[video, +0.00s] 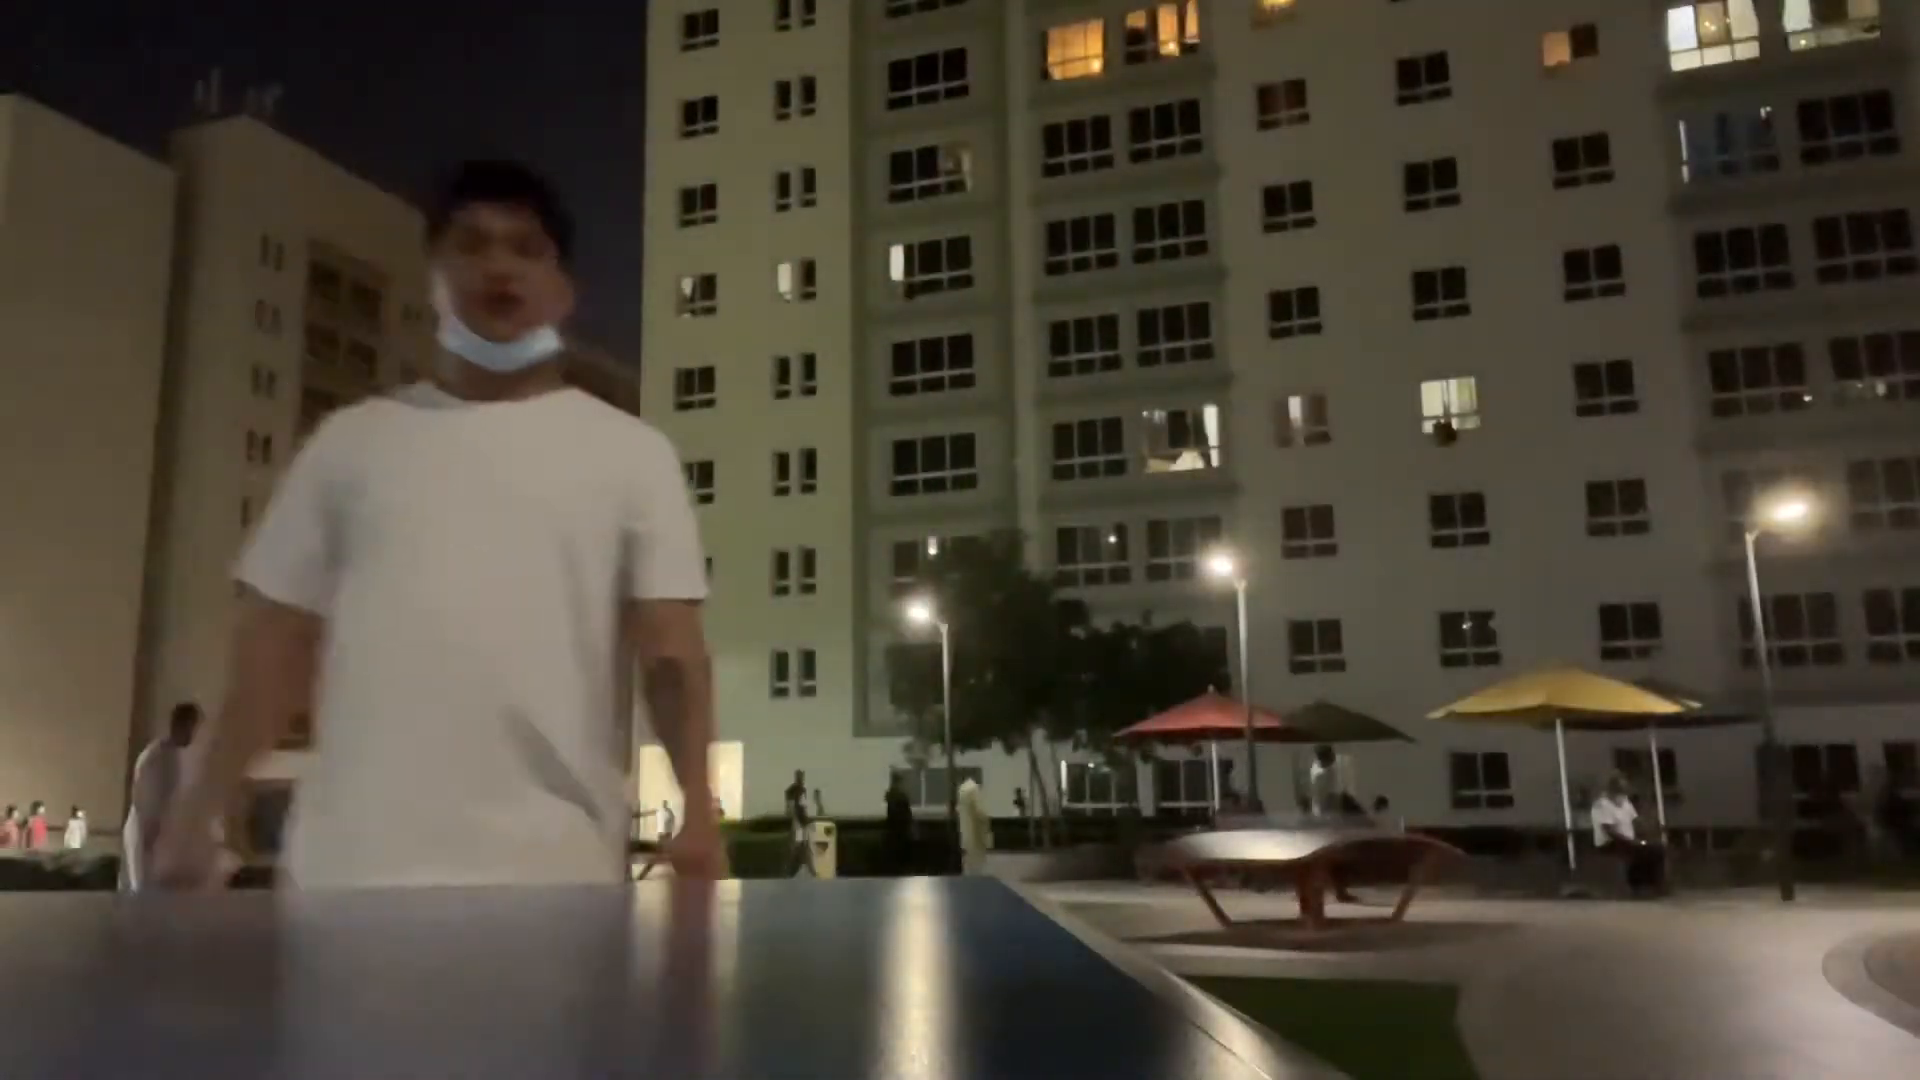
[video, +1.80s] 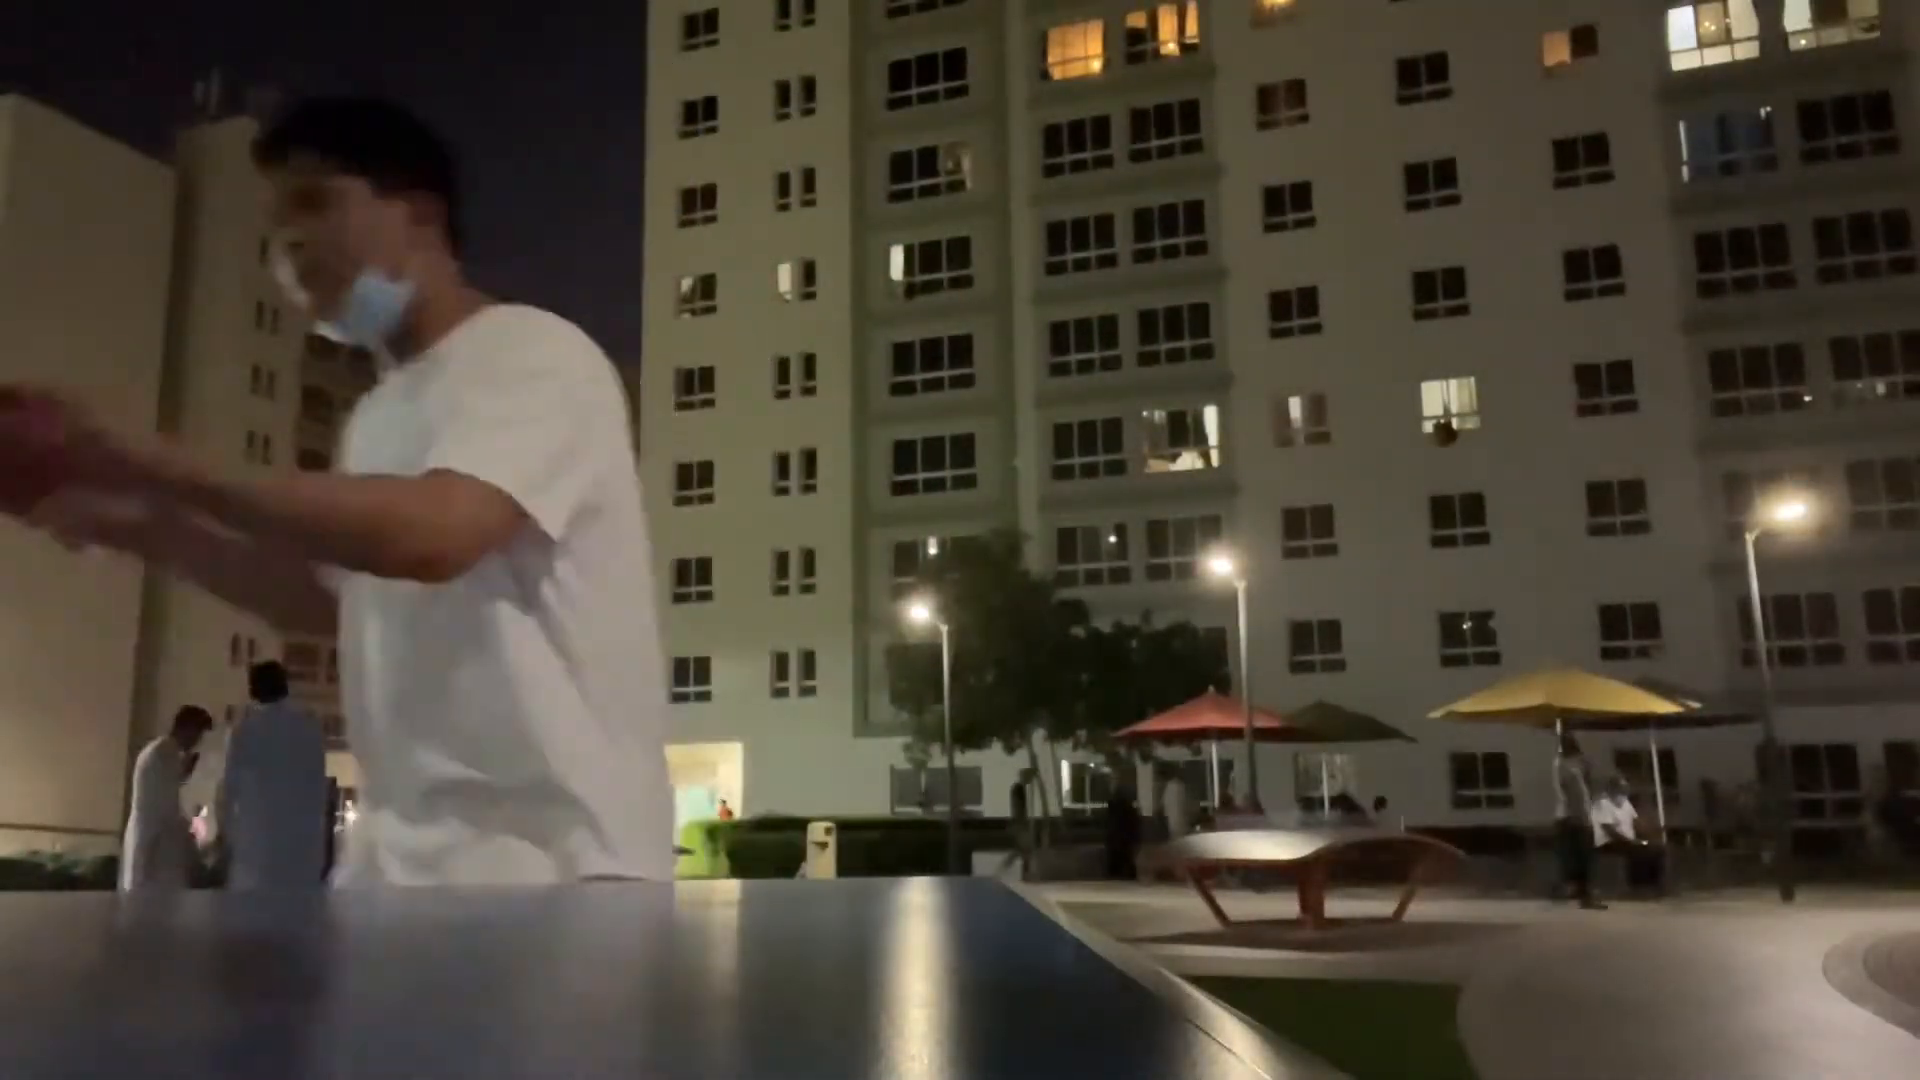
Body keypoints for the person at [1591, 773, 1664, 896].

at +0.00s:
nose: (1622, 796)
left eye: (1624, 792)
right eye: (1619, 793)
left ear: (1626, 790)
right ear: (1612, 790)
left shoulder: (1624, 801)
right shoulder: (1602, 804)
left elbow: (1635, 820)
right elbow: (1608, 829)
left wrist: (1644, 835)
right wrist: (1631, 841)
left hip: (1628, 839)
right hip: (1609, 843)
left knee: (1655, 850)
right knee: (1638, 853)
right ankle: (1636, 887)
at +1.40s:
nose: (1625, 790)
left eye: (1625, 786)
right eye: (1622, 787)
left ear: (1627, 788)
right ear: (1613, 788)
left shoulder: (1624, 801)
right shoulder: (1602, 804)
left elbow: (1635, 820)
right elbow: (1609, 829)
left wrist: (1649, 832)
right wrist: (1632, 842)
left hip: (1628, 840)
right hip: (1609, 843)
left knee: (1655, 850)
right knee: (1639, 853)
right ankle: (1635, 887)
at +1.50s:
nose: (1625, 791)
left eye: (1625, 788)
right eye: (1622, 788)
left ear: (1627, 788)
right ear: (1613, 788)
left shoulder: (1624, 801)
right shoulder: (1602, 804)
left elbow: (1635, 820)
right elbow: (1609, 829)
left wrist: (1648, 832)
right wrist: (1633, 842)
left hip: (1629, 840)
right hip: (1609, 844)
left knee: (1655, 850)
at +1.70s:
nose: (1624, 797)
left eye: (1625, 792)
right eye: (1621, 792)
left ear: (1627, 791)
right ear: (1612, 791)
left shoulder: (1624, 803)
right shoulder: (1601, 805)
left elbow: (1636, 821)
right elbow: (1610, 830)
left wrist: (1649, 834)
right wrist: (1632, 842)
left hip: (1629, 840)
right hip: (1609, 843)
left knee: (1656, 850)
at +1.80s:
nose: (1623, 798)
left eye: (1625, 794)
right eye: (1620, 794)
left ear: (1626, 792)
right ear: (1612, 792)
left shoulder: (1624, 802)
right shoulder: (1602, 804)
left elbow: (1636, 820)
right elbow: (1609, 829)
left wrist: (1647, 834)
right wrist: (1631, 842)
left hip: (1629, 840)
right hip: (1609, 843)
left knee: (1655, 849)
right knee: (1638, 852)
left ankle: (1653, 887)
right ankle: (1638, 889)